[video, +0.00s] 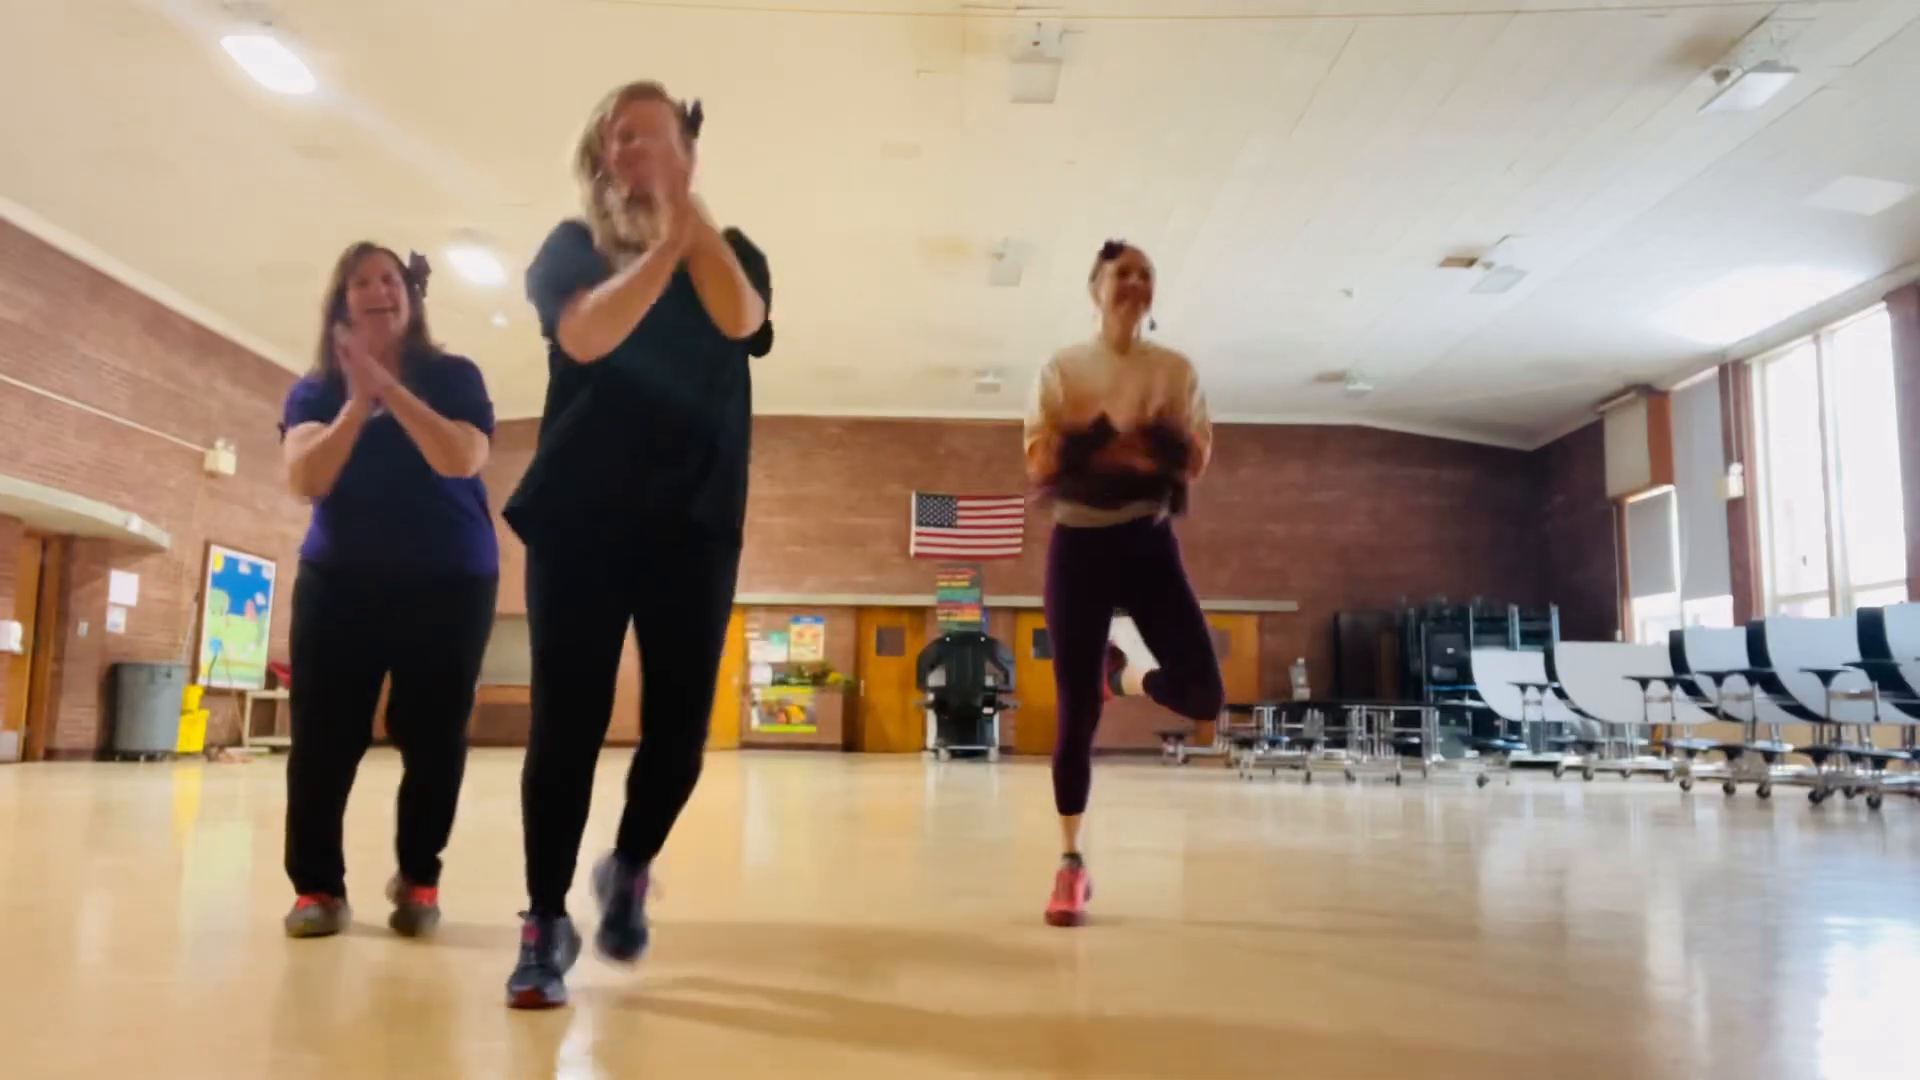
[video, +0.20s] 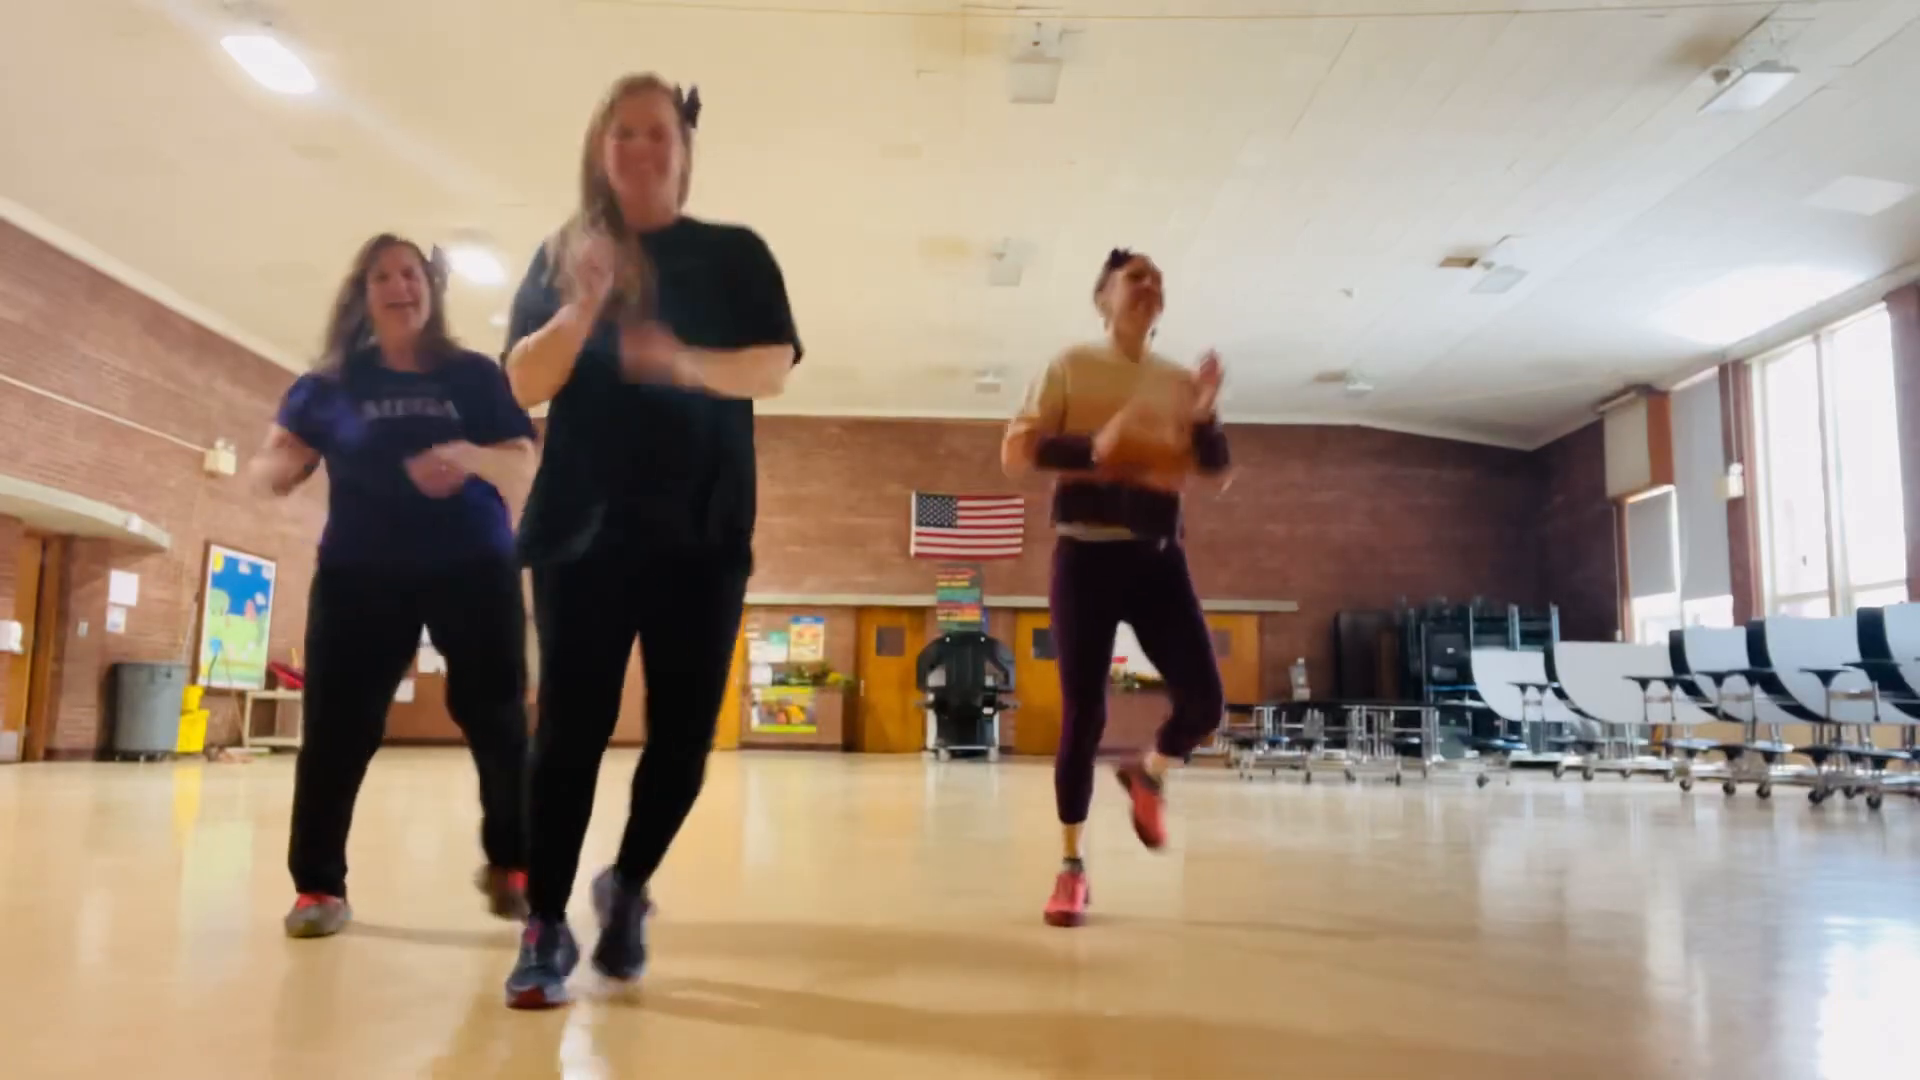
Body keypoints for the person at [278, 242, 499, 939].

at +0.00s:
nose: (380, 293)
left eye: (391, 282)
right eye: (363, 284)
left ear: (412, 300)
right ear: (339, 307)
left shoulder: (452, 376)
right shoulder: (316, 391)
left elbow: (465, 458)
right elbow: (307, 478)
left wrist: (387, 386)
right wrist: (357, 403)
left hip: (447, 587)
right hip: (340, 583)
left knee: (435, 743)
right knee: (324, 743)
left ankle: (419, 883)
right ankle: (318, 891)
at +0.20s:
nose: (400, 286)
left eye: (411, 274)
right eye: (384, 277)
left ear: (432, 288)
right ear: (362, 296)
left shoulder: (476, 376)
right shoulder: (329, 385)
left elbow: (523, 469)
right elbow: (271, 476)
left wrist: (467, 457)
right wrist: (298, 446)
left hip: (471, 578)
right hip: (363, 579)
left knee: (500, 724)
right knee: (336, 735)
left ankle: (509, 868)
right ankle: (319, 890)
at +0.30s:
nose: (426, 290)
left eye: (437, 279)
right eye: (412, 280)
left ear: (460, 292)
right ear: (390, 299)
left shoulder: (504, 383)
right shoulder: (355, 386)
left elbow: (541, 462)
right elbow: (299, 464)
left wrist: (526, 496)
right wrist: (252, 518)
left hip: (487, 577)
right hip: (378, 577)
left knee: (528, 727)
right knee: (342, 734)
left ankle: (570, 875)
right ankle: (319, 889)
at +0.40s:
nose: (468, 300)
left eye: (481, 290)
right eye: (455, 289)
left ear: (502, 305)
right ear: (430, 303)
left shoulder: (535, 392)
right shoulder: (390, 391)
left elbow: (576, 480)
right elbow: (341, 484)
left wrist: (563, 532)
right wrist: (279, 557)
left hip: (509, 589)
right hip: (399, 586)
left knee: (543, 737)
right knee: (352, 737)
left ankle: (593, 880)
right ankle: (320, 889)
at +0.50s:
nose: (516, 314)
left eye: (530, 302)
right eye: (505, 301)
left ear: (553, 314)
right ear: (484, 311)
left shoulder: (572, 403)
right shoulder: (440, 396)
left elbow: (609, 498)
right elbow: (400, 492)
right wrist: (344, 571)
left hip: (543, 594)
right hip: (436, 587)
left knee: (565, 744)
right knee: (375, 731)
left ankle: (608, 892)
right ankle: (321, 886)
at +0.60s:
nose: (562, 307)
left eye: (576, 296)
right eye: (551, 294)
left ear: (600, 309)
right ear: (531, 304)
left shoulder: (619, 398)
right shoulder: (489, 384)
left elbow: (640, 492)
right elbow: (441, 481)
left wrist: (641, 561)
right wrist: (397, 563)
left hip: (579, 583)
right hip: (473, 573)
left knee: (591, 740)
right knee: (407, 722)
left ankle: (609, 894)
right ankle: (354, 875)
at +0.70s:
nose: (597, 305)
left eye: (612, 295)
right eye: (584, 293)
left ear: (636, 307)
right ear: (566, 305)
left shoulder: (658, 392)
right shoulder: (524, 378)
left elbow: (695, 484)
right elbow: (474, 469)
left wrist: (690, 513)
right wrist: (424, 542)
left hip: (603, 583)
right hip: (501, 569)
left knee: (596, 736)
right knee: (459, 709)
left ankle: (603, 904)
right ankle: (459, 858)